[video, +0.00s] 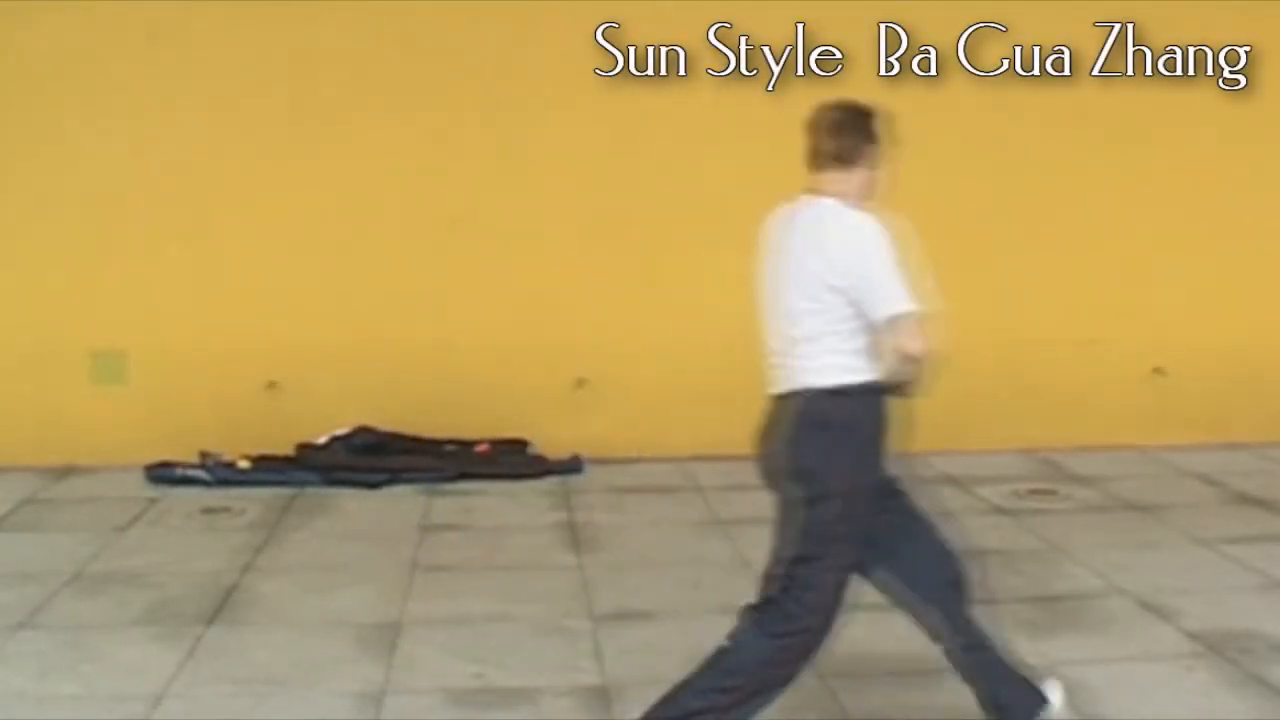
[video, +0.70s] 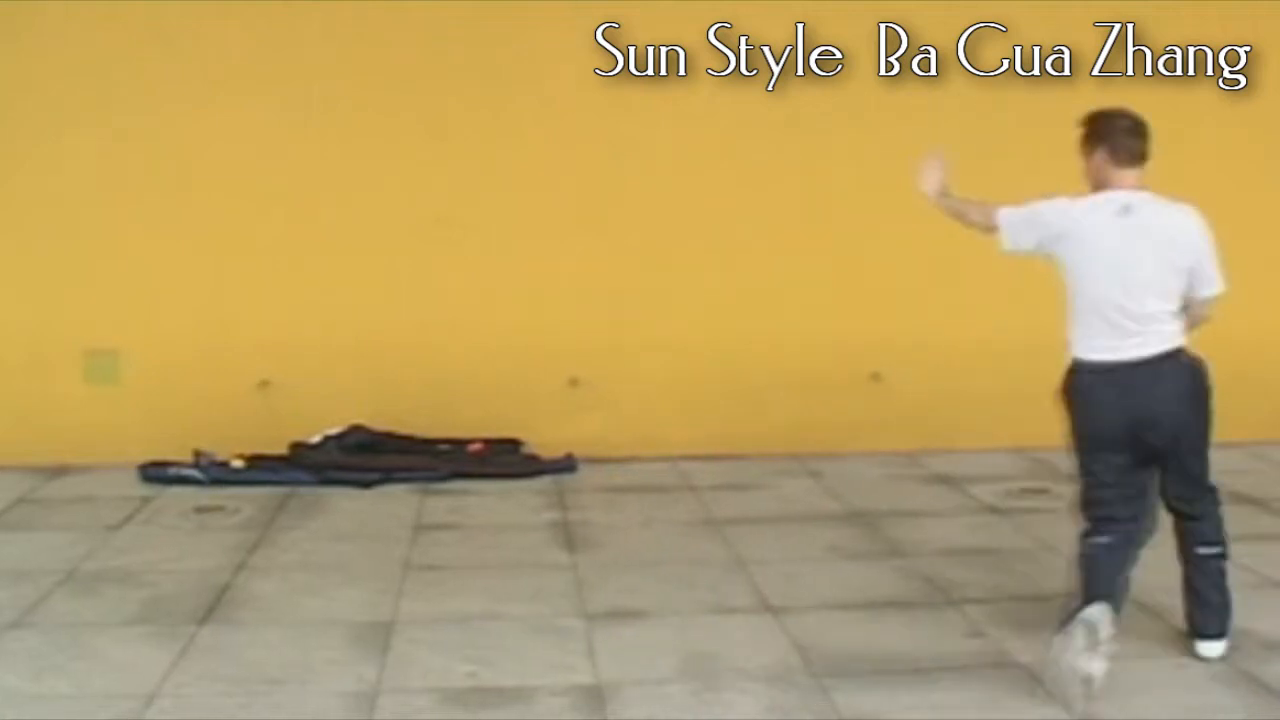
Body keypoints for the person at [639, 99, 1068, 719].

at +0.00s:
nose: (880, 176)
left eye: (878, 164)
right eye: (878, 164)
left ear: (817, 159)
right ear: (866, 162)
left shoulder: (781, 224)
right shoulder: (856, 228)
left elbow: (802, 331)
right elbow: (906, 346)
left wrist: (877, 358)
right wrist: (898, 379)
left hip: (794, 426)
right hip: (838, 429)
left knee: (926, 575)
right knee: (792, 620)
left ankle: (1023, 704)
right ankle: (672, 715)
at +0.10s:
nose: (942, 167)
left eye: (938, 158)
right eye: (941, 157)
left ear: (880, 152)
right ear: (934, 157)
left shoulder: (846, 223)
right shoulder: (941, 223)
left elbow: (867, 327)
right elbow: (987, 336)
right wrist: (941, 367)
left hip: (875, 420)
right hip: (923, 421)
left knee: (1001, 559)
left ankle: (1041, 710)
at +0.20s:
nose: (988, 152)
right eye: (988, 143)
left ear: (925, 146)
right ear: (984, 145)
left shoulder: (888, 215)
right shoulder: (994, 214)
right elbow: (1043, 321)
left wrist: (884, 183)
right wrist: (991, 346)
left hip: (915, 414)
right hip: (974, 410)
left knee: (1014, 566)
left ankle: (1043, 707)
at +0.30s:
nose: (1024, 150)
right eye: (1028, 140)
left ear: (973, 140)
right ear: (1030, 141)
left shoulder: (937, 205)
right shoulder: (1051, 209)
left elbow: (899, 216)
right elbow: (1093, 310)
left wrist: (899, 181)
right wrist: (1045, 342)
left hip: (959, 400)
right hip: (1030, 396)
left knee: (1027, 548)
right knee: (1107, 539)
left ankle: (1038, 682)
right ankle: (1075, 678)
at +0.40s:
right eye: (1056, 142)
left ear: (1006, 144)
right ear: (1064, 144)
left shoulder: (975, 208)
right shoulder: (1091, 212)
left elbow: (928, 223)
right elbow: (1131, 310)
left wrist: (914, 187)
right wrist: (1077, 344)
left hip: (999, 398)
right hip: (1073, 394)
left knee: (1042, 566)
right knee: (1139, 530)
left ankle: (1043, 709)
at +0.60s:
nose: (1068, 170)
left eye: (1067, 161)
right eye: (1075, 161)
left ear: (1071, 164)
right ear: (1123, 164)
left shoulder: (1046, 225)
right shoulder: (1160, 230)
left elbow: (975, 224)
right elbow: (1187, 320)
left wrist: (935, 196)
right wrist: (1136, 341)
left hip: (1074, 401)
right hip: (1149, 397)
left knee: (1078, 538)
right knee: (1185, 511)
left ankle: (1053, 679)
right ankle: (1211, 631)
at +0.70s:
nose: (1085, 166)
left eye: (1086, 156)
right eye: (1087, 156)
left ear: (1099, 157)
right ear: (1143, 159)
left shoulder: (1074, 216)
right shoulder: (1184, 219)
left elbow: (993, 220)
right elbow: (1203, 304)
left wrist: (939, 195)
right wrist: (1157, 332)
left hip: (1098, 384)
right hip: (1173, 380)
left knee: (1110, 515)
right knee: (1195, 506)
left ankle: (1097, 611)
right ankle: (1210, 632)